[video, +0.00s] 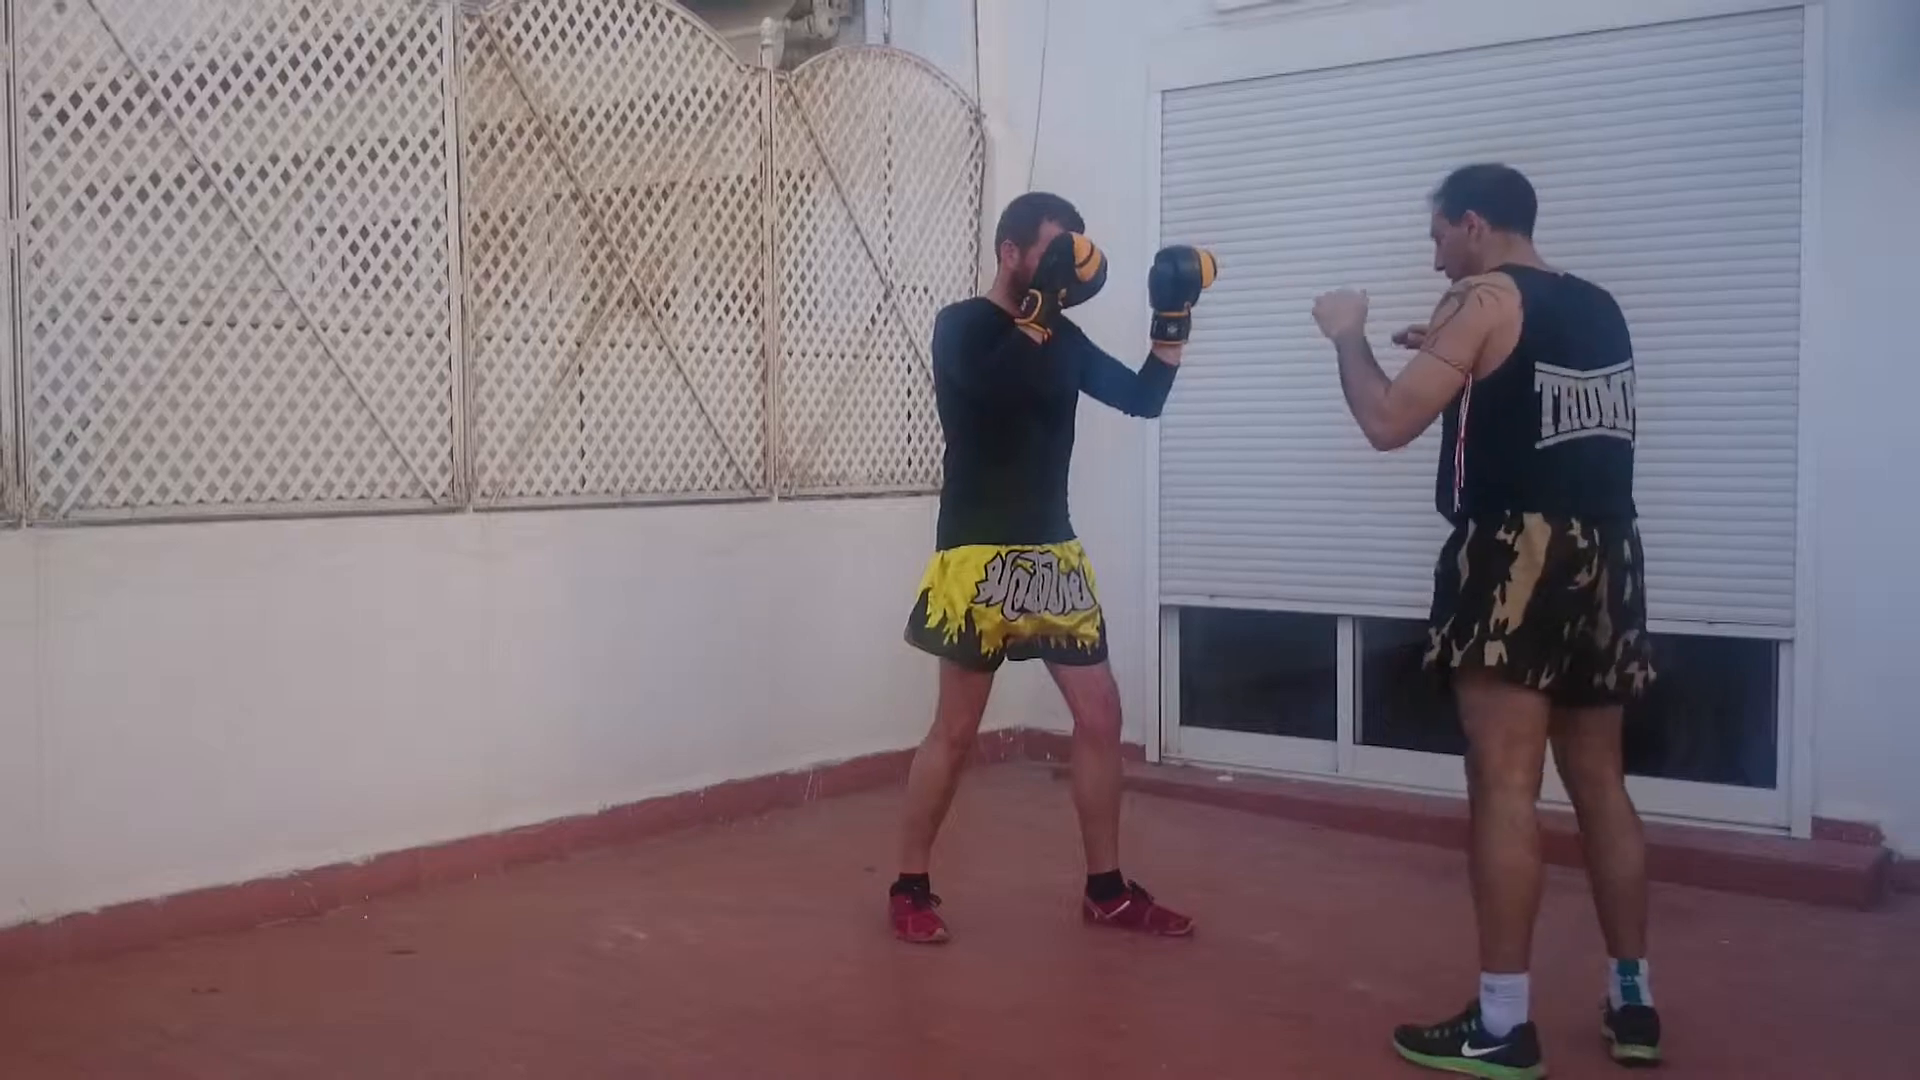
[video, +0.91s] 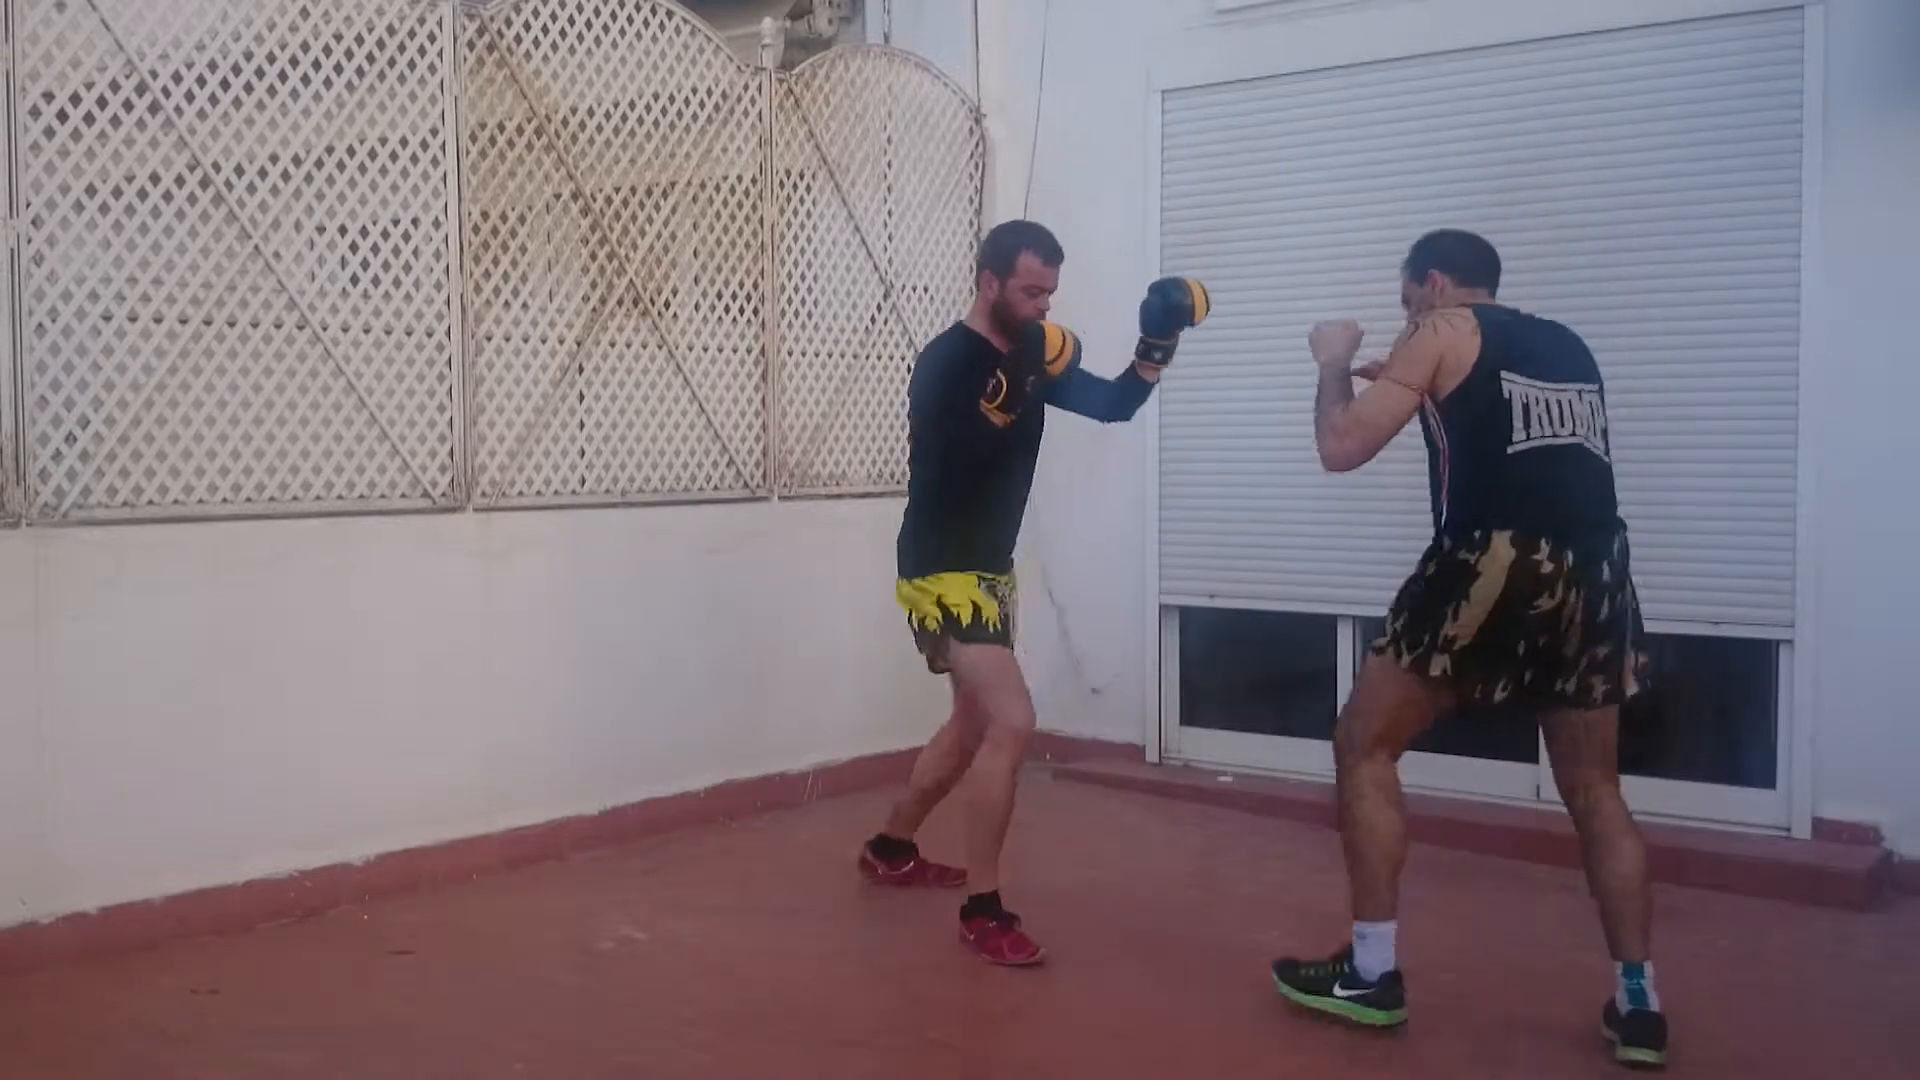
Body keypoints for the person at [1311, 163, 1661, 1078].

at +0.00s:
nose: (1440, 252)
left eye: (1442, 236)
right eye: (1438, 238)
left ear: (1473, 225)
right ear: (1522, 225)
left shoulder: (1488, 301)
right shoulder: (1599, 305)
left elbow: (1389, 420)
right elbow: (1541, 405)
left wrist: (1348, 335)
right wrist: (1460, 339)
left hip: (1513, 564)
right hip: (1605, 566)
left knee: (1504, 787)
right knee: (1601, 784)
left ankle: (1499, 1023)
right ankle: (1633, 1004)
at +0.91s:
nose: (1409, 316)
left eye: (1408, 303)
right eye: (1406, 306)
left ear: (1434, 285)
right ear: (1489, 285)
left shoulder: (1442, 333)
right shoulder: (1567, 346)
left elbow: (1341, 447)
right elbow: (1530, 444)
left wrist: (1331, 366)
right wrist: (1417, 378)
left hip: (1488, 573)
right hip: (1595, 588)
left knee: (1364, 745)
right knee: (1595, 791)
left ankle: (1371, 973)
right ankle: (1639, 1003)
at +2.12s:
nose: (1308, 289)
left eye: (1314, 286)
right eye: (1297, 274)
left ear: (1306, 304)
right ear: (1263, 268)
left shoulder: (1277, 388)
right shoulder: (1229, 304)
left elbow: (1333, 493)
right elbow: (1298, 199)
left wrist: (1379, 396)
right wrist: (1346, 280)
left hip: (1213, 551)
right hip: (1231, 540)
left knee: (1210, 751)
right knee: (1342, 727)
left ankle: (1105, 911)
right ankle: (1287, 948)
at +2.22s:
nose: (1324, 287)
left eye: (1324, 269)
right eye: (1322, 264)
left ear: (1267, 269)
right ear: (1281, 264)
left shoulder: (1257, 349)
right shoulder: (1254, 303)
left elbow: (1305, 487)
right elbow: (1358, 253)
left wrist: (1357, 408)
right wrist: (1366, 303)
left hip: (1204, 547)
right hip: (1265, 539)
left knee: (1203, 744)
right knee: (1390, 725)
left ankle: (1108, 906)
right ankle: (1346, 948)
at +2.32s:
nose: (1349, 282)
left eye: (1347, 270)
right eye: (1344, 267)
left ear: (1273, 270)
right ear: (1314, 263)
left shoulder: (1212, 353)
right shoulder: (1296, 311)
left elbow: (1294, 423)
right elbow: (1415, 366)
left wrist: (1358, 381)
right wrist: (1354, 319)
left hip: (1218, 563)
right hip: (1311, 551)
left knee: (1200, 743)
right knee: (1413, 744)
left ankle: (1111, 906)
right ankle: (1439, 973)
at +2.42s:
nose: (1368, 288)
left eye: (1360, 277)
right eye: (1369, 276)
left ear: (1292, 278)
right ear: (1362, 275)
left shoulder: (1237, 345)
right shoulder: (1371, 331)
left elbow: (1220, 467)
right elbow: (1456, 457)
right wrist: (1420, 374)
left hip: (1255, 567)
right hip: (1363, 567)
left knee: (1207, 741)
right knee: (1438, 765)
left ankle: (1120, 908)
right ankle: (1453, 994)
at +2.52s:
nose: (1333, 286)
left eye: (1332, 273)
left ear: (1331, 274)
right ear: (1410, 281)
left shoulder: (1285, 343)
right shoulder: (1456, 353)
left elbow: (1222, 464)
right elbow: (1490, 492)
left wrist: (1292, 417)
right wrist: (1478, 408)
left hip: (1301, 574)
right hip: (1419, 579)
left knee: (1232, 750)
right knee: (1458, 779)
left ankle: (1160, 922)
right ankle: (1455, 995)